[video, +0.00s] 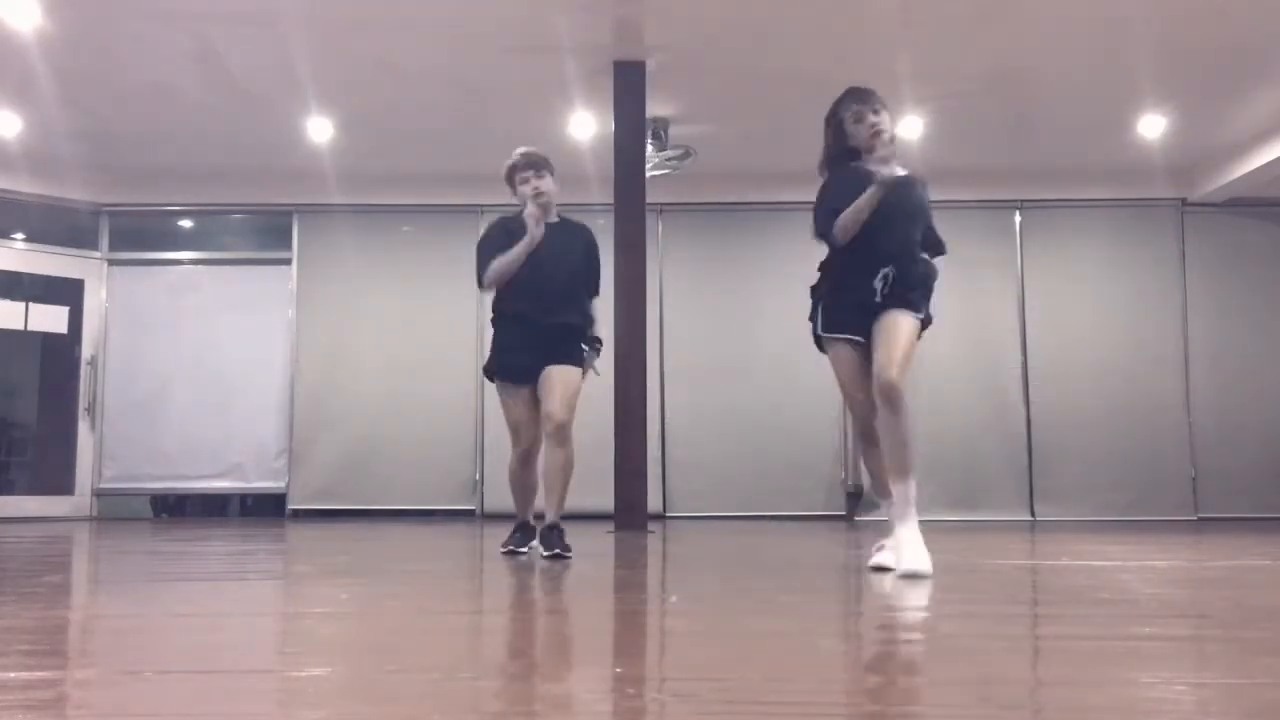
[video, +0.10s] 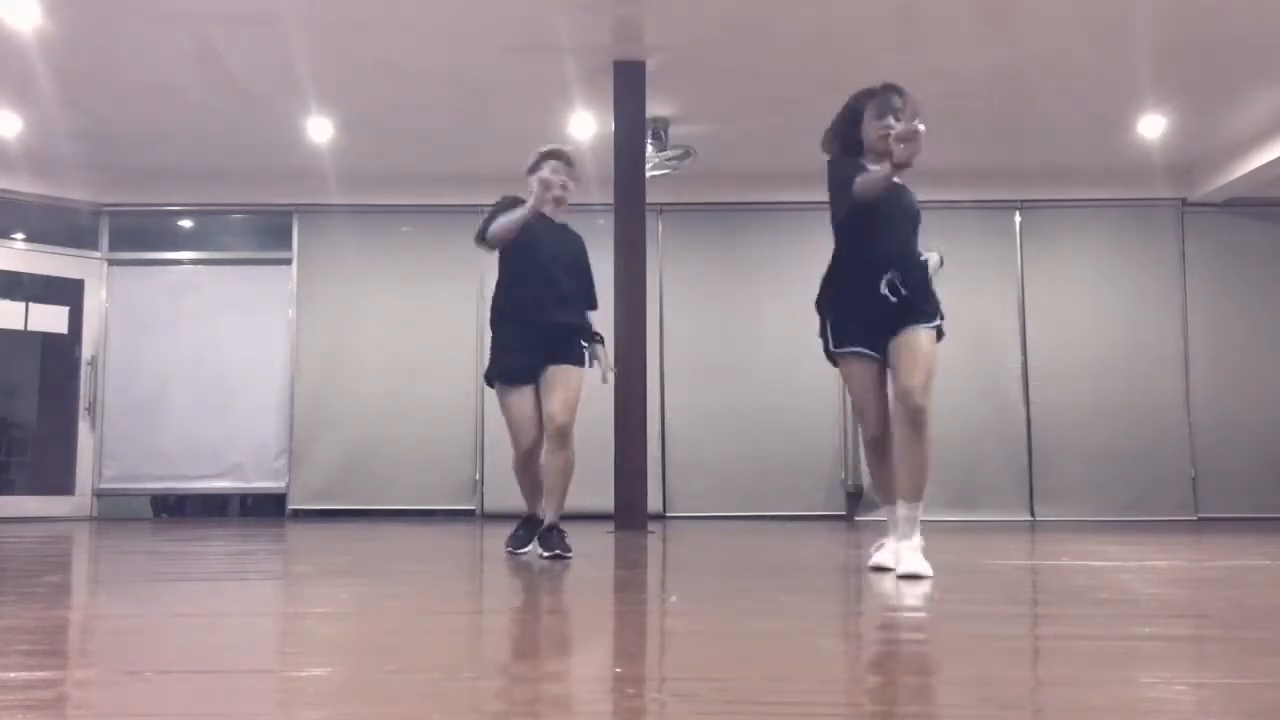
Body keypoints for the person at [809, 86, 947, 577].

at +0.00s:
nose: (872, 122)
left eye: (877, 113)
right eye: (859, 119)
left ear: (891, 120)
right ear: (843, 134)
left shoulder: (911, 182)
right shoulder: (840, 180)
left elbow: (927, 241)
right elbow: (835, 233)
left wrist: (926, 262)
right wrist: (877, 187)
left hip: (901, 286)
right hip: (844, 294)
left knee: (888, 383)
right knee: (863, 415)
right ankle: (898, 530)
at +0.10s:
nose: (888, 124)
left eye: (897, 117)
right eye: (878, 116)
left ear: (908, 126)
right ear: (856, 127)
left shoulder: (902, 180)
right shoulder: (843, 168)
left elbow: (901, 243)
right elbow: (857, 190)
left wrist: (920, 270)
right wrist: (894, 168)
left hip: (909, 301)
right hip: (853, 305)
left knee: (912, 403)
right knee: (875, 428)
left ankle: (909, 535)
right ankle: (894, 532)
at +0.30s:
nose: (892, 114)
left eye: (902, 107)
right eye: (884, 103)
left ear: (912, 118)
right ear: (863, 108)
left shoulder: (915, 182)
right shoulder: (834, 159)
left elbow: (949, 256)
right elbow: (838, 165)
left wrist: (953, 209)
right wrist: (867, 122)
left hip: (917, 290)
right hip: (855, 287)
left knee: (927, 400)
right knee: (888, 349)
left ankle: (912, 538)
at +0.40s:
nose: (892, 78)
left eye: (902, 71)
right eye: (883, 68)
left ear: (914, 81)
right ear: (862, 74)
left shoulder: (922, 143)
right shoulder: (835, 133)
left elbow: (935, 225)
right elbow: (804, 206)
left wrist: (950, 177)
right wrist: (840, 148)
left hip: (908, 272)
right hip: (846, 267)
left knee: (951, 383)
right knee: (854, 352)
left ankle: (945, 520)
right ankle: (793, 446)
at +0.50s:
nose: (883, 80)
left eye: (894, 72)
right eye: (874, 69)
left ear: (908, 82)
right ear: (854, 75)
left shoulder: (921, 144)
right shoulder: (831, 143)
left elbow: (928, 212)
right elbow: (811, 217)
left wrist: (926, 255)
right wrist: (819, 250)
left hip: (904, 278)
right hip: (839, 276)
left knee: (949, 396)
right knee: (807, 397)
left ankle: (991, 533)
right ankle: (752, 523)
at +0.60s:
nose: (875, 101)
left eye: (887, 94)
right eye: (866, 91)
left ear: (900, 104)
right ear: (848, 100)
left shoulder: (917, 165)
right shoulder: (824, 165)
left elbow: (925, 234)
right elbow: (802, 236)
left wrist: (920, 277)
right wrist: (815, 273)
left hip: (898, 301)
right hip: (829, 299)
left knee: (943, 414)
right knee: (799, 416)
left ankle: (983, 543)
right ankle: (751, 539)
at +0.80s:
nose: (864, 111)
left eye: (874, 103)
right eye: (854, 103)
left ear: (887, 112)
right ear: (836, 114)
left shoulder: (909, 157)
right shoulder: (822, 187)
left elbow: (939, 233)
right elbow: (815, 254)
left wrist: (909, 297)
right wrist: (815, 239)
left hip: (881, 303)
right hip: (818, 297)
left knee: (942, 419)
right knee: (784, 413)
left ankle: (983, 544)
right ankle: (748, 538)